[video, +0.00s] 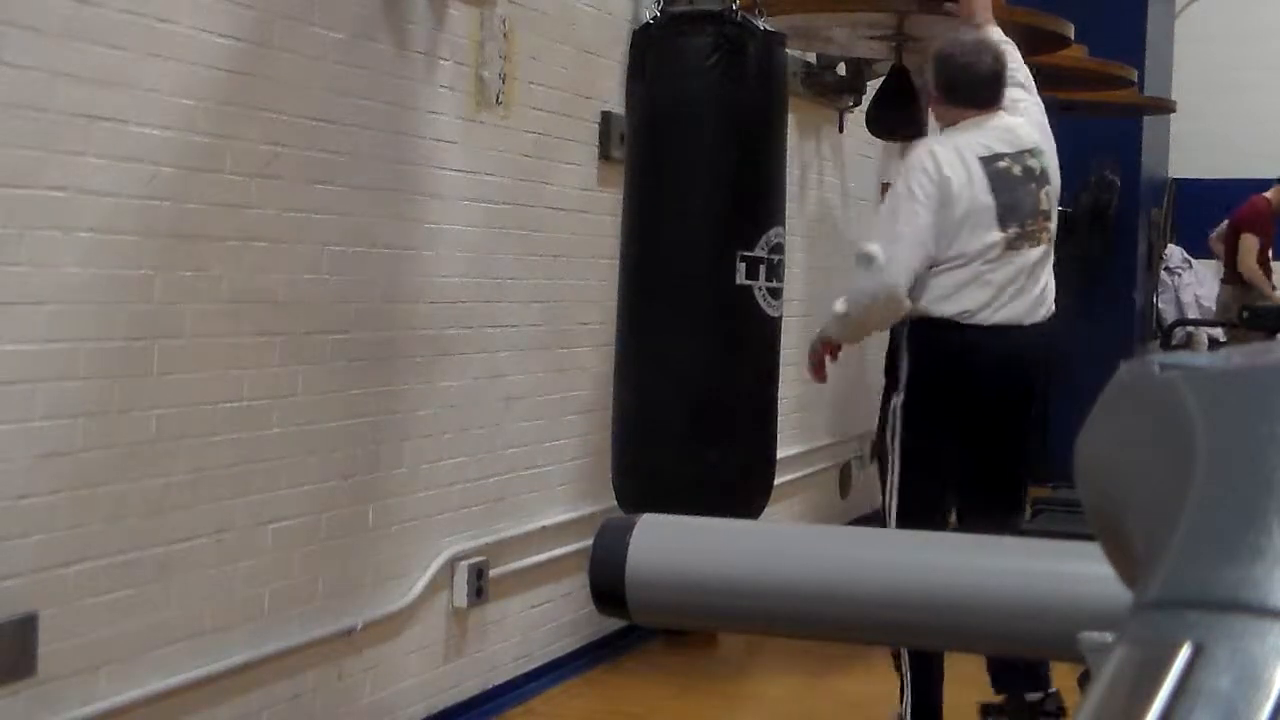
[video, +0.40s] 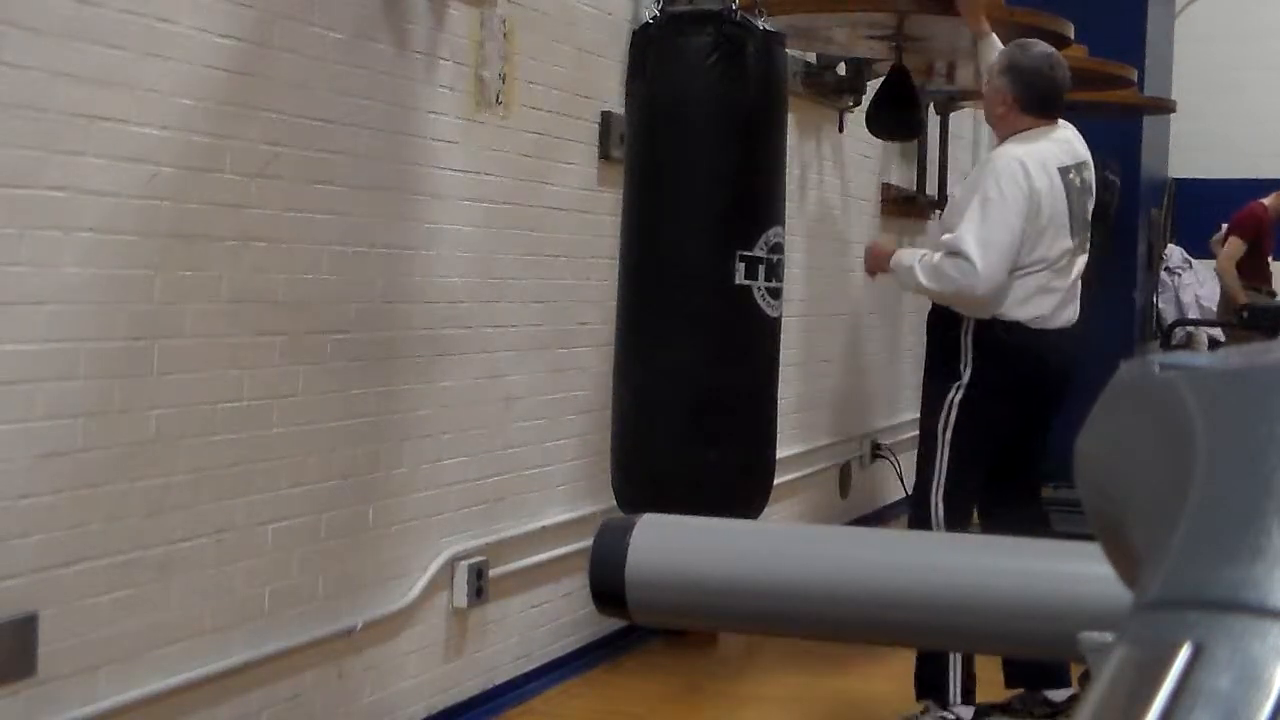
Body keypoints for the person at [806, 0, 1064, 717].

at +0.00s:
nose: (924, 86)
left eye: (924, 79)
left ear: (934, 92)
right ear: (1000, 85)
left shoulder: (930, 159)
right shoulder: (1032, 132)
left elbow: (889, 277)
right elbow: (1013, 74)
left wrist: (835, 332)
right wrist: (984, 22)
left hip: (939, 352)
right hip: (1020, 351)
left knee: (913, 529)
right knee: (998, 529)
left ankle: (920, 703)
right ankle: (1026, 691)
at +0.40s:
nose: (986, 94)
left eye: (991, 86)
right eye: (990, 85)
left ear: (1007, 100)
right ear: (1051, 99)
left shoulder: (1010, 164)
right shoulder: (1073, 145)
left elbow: (975, 274)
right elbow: (1018, 95)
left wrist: (899, 259)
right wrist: (986, 32)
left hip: (987, 346)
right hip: (1046, 348)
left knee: (939, 507)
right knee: (1016, 502)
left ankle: (947, 695)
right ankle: (1045, 681)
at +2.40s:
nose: (902, 132)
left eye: (917, 120)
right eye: (891, 118)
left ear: (940, 112)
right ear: (874, 107)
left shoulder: (969, 174)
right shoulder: (832, 164)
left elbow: (1008, 272)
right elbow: (778, 251)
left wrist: (956, 277)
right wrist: (819, 267)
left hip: (933, 359)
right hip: (849, 355)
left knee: (934, 514)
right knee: (838, 516)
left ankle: (940, 670)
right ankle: (834, 679)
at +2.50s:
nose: (913, 138)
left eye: (927, 126)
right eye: (904, 124)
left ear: (951, 121)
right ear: (886, 112)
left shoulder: (977, 178)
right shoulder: (841, 161)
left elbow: (1014, 276)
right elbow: (785, 251)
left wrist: (955, 288)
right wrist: (826, 268)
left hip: (937, 360)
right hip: (854, 355)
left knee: (937, 516)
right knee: (843, 515)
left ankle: (940, 671)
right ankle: (834, 677)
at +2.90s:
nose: (922, 149)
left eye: (935, 137)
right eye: (912, 135)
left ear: (958, 126)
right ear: (894, 123)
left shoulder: (988, 175)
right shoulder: (858, 161)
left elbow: (1011, 281)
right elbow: (806, 247)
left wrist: (916, 276)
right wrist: (847, 285)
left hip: (956, 356)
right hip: (873, 350)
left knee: (952, 519)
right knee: (856, 513)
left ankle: (942, 669)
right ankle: (839, 672)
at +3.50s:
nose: (892, 155)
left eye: (903, 141)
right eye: (879, 144)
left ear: (932, 125)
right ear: (864, 135)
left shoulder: (982, 163)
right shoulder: (849, 170)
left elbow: (1032, 258)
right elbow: (825, 265)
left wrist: (961, 283)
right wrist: (874, 291)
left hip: (968, 353)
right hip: (883, 352)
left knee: (960, 514)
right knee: (862, 510)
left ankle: (943, 668)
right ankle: (839, 673)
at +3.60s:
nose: (894, 157)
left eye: (905, 143)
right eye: (882, 146)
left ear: (933, 123)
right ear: (867, 133)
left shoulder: (984, 163)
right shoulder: (851, 167)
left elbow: (1031, 262)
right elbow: (825, 264)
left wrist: (959, 285)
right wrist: (875, 289)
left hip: (967, 356)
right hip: (882, 353)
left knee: (959, 516)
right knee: (861, 510)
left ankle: (943, 670)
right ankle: (839, 673)